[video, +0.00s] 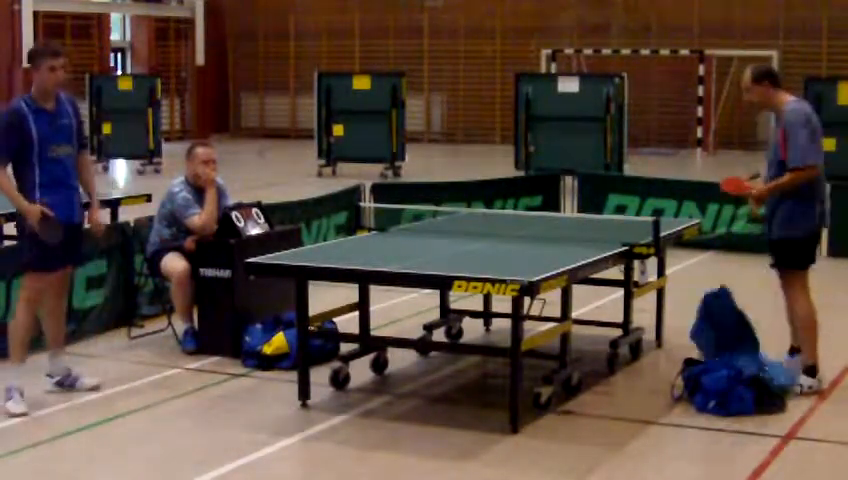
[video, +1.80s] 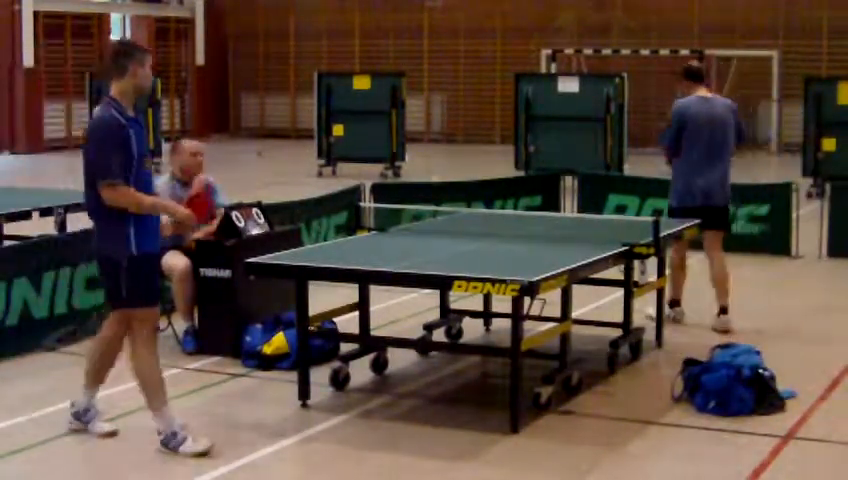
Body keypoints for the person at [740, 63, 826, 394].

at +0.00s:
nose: (746, 98)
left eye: (748, 91)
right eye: (745, 91)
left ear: (765, 86)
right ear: (766, 85)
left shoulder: (796, 115)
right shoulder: (783, 116)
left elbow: (806, 169)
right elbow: (785, 168)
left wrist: (765, 190)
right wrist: (758, 183)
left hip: (798, 220)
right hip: (785, 217)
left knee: (797, 289)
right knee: (790, 287)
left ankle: (811, 371)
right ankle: (796, 355)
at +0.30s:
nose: (746, 92)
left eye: (749, 85)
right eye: (746, 85)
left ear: (765, 83)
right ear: (771, 81)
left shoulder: (776, 114)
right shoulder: (806, 110)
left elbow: (767, 167)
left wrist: (743, 178)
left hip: (781, 212)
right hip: (806, 210)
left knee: (762, 274)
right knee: (788, 277)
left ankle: (794, 341)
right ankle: (793, 348)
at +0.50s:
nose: (747, 90)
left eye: (749, 83)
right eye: (747, 84)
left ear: (760, 81)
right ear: (776, 80)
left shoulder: (762, 112)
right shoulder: (806, 110)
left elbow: (753, 164)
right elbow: (814, 159)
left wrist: (736, 167)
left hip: (766, 210)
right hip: (800, 209)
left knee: (742, 267)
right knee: (788, 275)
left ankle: (763, 340)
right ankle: (790, 353)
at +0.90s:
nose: (723, 91)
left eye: (722, 87)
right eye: (724, 86)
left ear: (727, 84)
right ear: (750, 80)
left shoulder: (726, 112)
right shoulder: (776, 108)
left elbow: (712, 162)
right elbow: (797, 154)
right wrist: (769, 161)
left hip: (738, 203)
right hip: (772, 202)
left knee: (735, 269)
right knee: (765, 265)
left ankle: (735, 335)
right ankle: (782, 315)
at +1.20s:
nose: (708, 88)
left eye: (708, 84)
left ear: (712, 84)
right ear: (735, 81)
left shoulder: (705, 113)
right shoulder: (759, 108)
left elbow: (687, 156)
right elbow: (782, 145)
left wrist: (710, 144)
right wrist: (771, 171)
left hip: (722, 197)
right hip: (754, 195)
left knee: (729, 259)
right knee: (745, 256)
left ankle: (736, 325)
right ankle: (740, 317)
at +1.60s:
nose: (696, 86)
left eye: (695, 81)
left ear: (698, 81)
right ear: (720, 77)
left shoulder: (693, 106)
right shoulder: (743, 105)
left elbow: (681, 146)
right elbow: (761, 147)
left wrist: (704, 144)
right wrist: (744, 163)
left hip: (699, 192)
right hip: (731, 193)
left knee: (689, 247)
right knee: (724, 251)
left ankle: (699, 303)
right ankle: (725, 315)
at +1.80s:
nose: (680, 87)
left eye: (681, 83)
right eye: (682, 83)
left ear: (685, 82)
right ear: (705, 79)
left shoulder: (682, 107)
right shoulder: (727, 106)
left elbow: (670, 146)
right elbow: (738, 140)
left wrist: (674, 158)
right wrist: (714, 150)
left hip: (685, 192)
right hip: (717, 193)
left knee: (679, 249)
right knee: (715, 250)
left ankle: (675, 305)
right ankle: (723, 311)